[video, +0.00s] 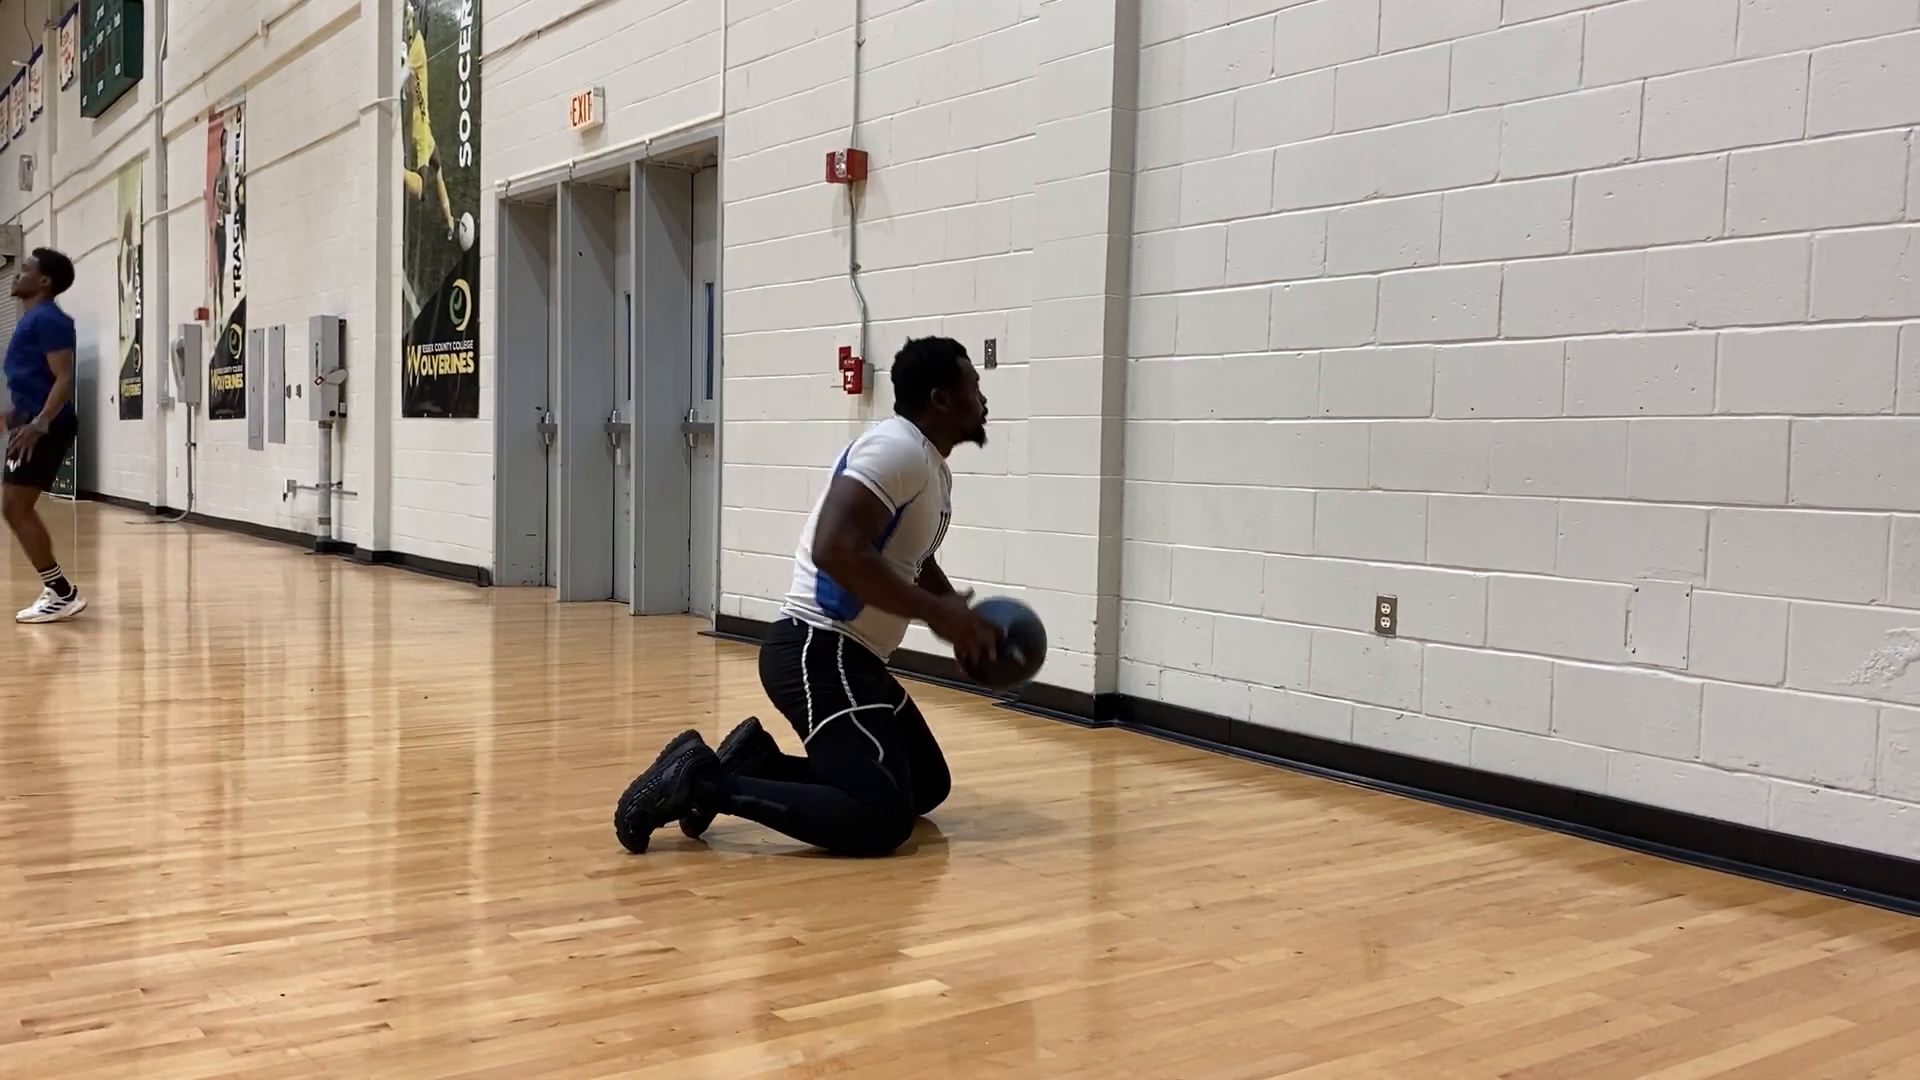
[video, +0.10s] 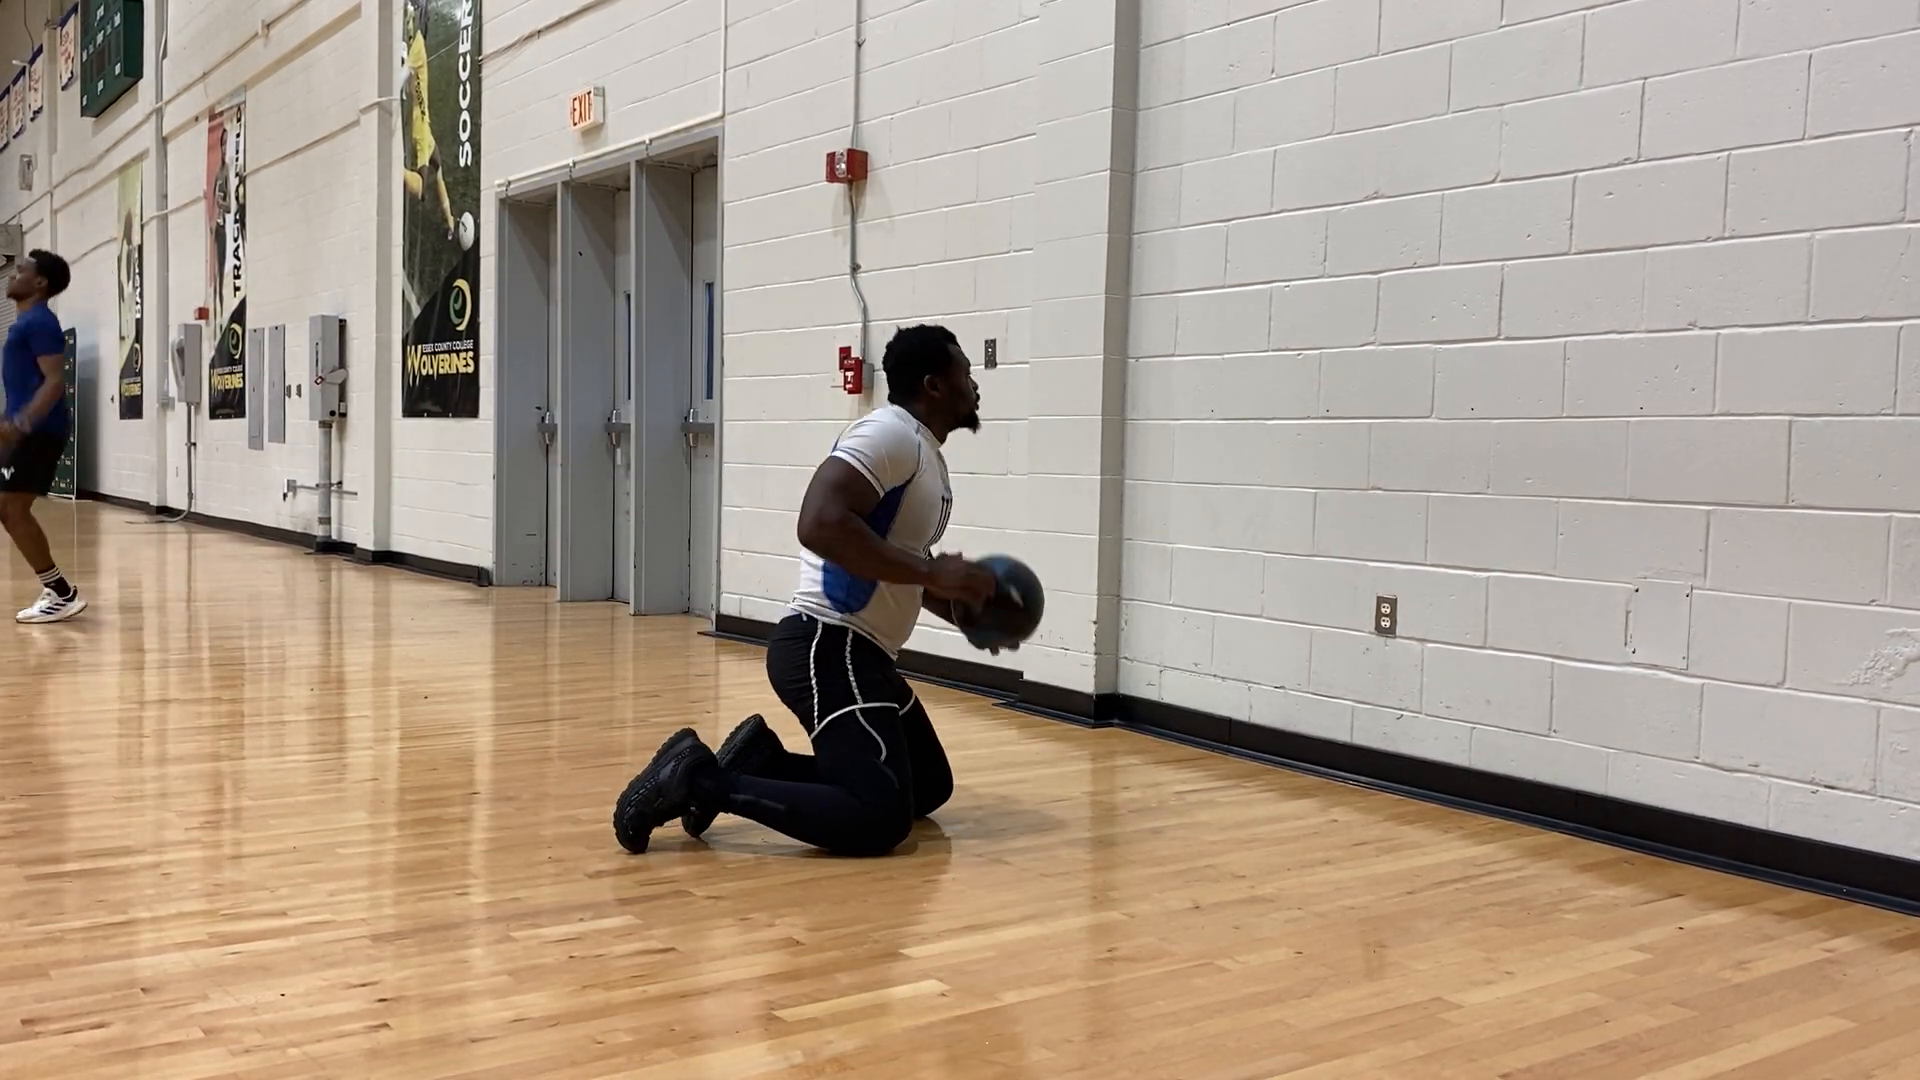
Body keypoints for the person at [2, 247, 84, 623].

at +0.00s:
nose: (17, 274)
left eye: (26, 269)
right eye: (21, 268)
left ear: (44, 281)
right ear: (41, 282)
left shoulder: (49, 319)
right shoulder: (32, 319)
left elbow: (65, 380)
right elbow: (37, 378)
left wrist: (39, 423)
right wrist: (15, 410)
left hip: (50, 424)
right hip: (35, 422)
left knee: (16, 505)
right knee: (15, 505)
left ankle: (60, 591)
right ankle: (58, 589)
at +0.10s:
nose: (12, 274)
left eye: (21, 270)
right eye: (16, 268)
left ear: (40, 283)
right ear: (35, 283)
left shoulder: (39, 321)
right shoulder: (26, 321)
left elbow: (55, 382)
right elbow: (31, 382)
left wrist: (21, 423)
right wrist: (11, 420)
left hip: (41, 430)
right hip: (26, 428)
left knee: (13, 508)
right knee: (10, 508)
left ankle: (60, 591)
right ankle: (58, 589)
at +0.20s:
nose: (13, 249)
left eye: (22, 245)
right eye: (16, 243)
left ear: (40, 258)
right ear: (34, 258)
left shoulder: (37, 291)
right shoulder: (24, 292)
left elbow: (45, 339)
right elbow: (37, 340)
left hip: (31, 400)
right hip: (20, 399)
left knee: (18, 485)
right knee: (17, 485)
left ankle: (48, 579)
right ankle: (47, 577)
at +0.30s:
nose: (6, 246)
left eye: (14, 241)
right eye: (9, 240)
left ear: (32, 252)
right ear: (29, 253)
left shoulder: (33, 278)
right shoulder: (17, 283)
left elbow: (35, 299)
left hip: (24, 390)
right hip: (16, 390)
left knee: (18, 483)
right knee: (16, 483)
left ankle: (41, 575)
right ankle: (41, 573)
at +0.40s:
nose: (2, 260)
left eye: (9, 256)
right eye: (5, 255)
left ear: (22, 267)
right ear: (22, 267)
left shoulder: (21, 295)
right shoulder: (13, 298)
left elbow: (16, 262)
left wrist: (4, 230)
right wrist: (9, 235)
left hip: (24, 406)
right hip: (14, 406)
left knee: (9, 498)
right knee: (8, 498)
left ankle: (39, 586)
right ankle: (37, 585)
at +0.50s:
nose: (9, 273)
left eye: (16, 269)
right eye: (14, 269)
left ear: (22, 280)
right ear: (23, 282)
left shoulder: (15, 308)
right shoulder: (15, 311)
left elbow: (11, 263)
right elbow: (13, 261)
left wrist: (4, 221)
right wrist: (7, 223)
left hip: (19, 420)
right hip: (17, 419)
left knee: (5, 510)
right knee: (5, 510)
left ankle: (43, 591)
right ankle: (40, 590)